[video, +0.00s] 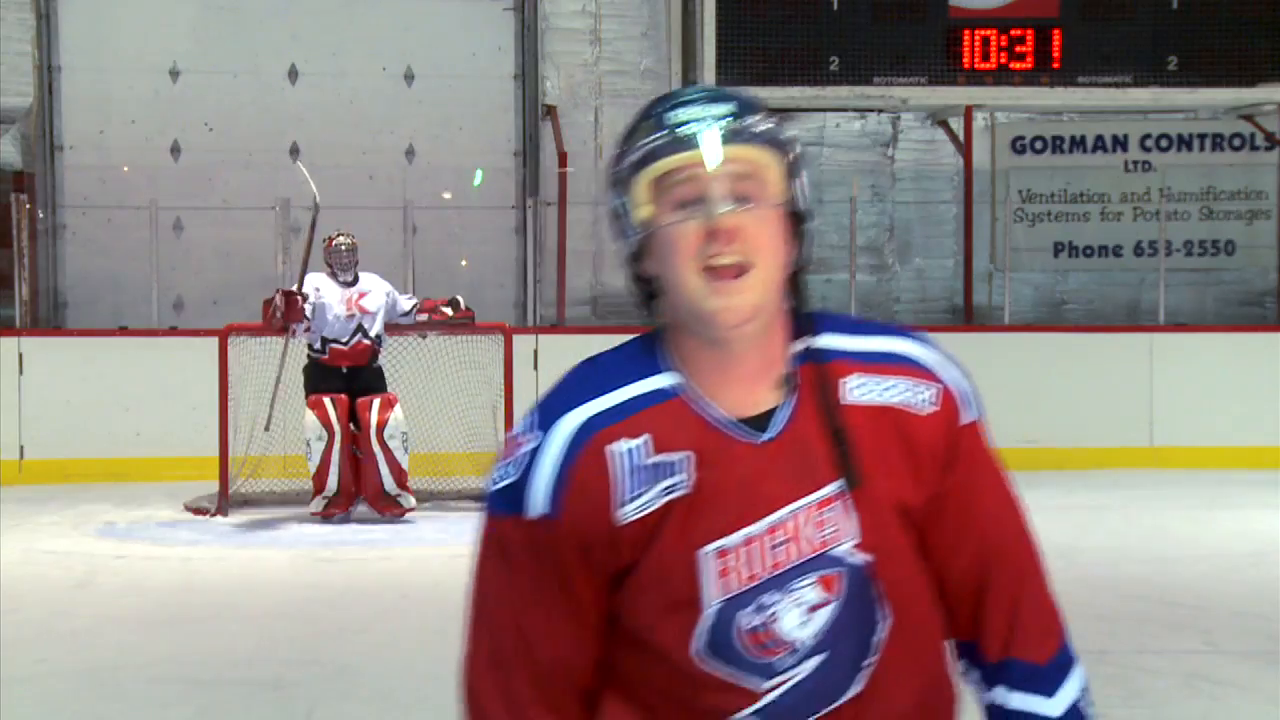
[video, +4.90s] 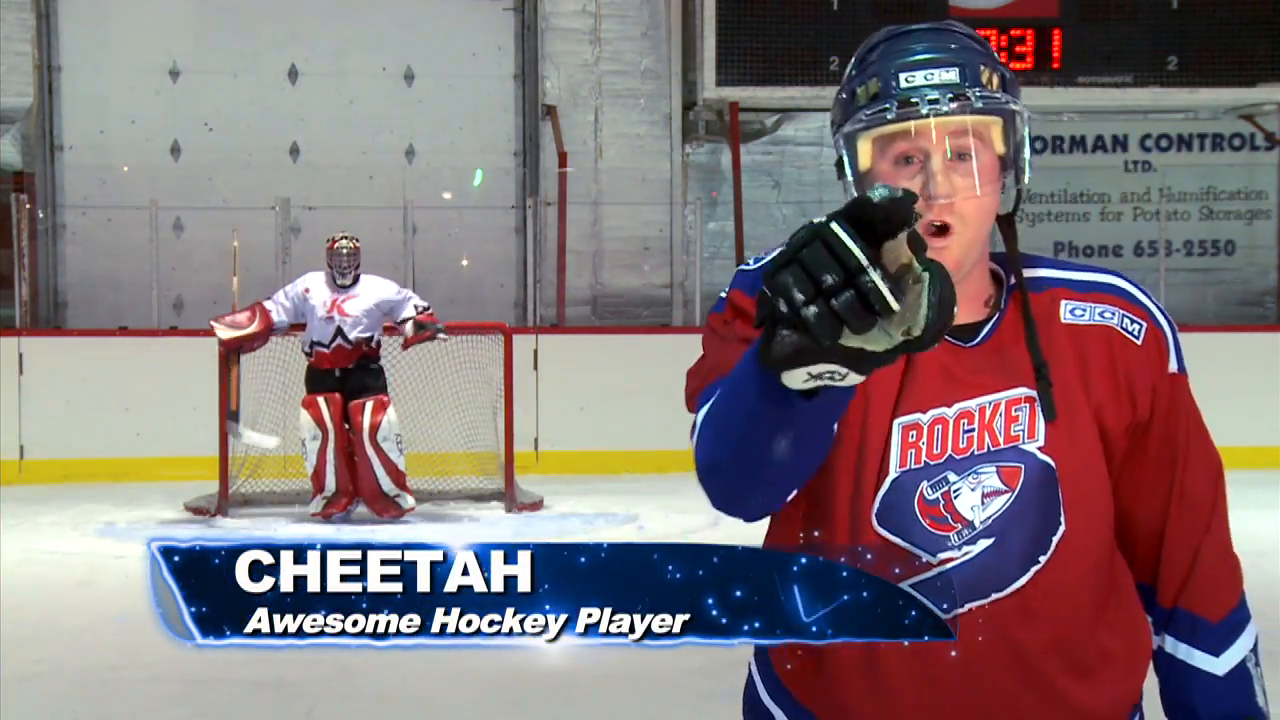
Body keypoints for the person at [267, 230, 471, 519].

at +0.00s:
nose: (344, 259)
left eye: (349, 253)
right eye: (338, 254)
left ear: (356, 254)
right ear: (328, 257)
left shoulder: (375, 284)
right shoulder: (315, 284)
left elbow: (404, 308)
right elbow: (301, 321)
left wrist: (442, 307)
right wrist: (291, 309)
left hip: (366, 372)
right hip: (325, 374)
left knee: (382, 429)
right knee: (330, 432)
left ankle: (388, 499)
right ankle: (332, 501)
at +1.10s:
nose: (349, 262)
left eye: (355, 256)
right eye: (343, 256)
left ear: (363, 259)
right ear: (334, 259)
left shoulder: (381, 287)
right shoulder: (314, 285)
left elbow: (419, 308)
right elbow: (280, 311)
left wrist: (452, 310)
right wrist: (247, 308)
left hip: (367, 372)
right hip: (324, 373)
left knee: (380, 430)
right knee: (328, 433)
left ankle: (385, 498)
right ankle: (334, 500)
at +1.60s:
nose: (339, 267)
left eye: (344, 261)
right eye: (333, 261)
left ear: (353, 261)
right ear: (323, 262)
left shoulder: (373, 286)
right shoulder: (306, 287)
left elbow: (403, 312)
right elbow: (276, 309)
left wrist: (426, 329)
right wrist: (242, 311)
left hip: (365, 373)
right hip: (323, 375)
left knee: (374, 433)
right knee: (326, 435)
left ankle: (387, 500)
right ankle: (334, 500)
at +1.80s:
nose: (335, 263)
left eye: (340, 257)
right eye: (329, 258)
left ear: (349, 259)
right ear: (319, 260)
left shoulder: (369, 286)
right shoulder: (303, 287)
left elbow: (400, 321)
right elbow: (271, 308)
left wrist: (397, 347)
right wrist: (234, 309)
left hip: (363, 371)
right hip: (322, 374)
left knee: (372, 431)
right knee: (327, 433)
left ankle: (390, 499)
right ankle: (334, 499)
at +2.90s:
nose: (338, 263)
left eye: (343, 257)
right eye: (332, 258)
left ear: (351, 259)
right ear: (322, 260)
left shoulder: (372, 289)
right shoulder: (307, 289)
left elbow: (392, 329)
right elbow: (281, 310)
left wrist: (362, 342)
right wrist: (248, 311)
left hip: (363, 374)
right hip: (322, 375)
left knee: (368, 432)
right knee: (322, 433)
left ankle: (391, 498)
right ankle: (332, 499)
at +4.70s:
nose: (343, 263)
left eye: (348, 257)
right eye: (337, 257)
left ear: (357, 259)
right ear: (328, 259)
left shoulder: (375, 290)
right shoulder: (310, 286)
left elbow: (406, 319)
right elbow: (278, 305)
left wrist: (397, 351)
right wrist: (240, 312)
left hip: (362, 373)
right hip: (321, 375)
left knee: (367, 431)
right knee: (325, 434)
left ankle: (390, 500)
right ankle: (333, 498)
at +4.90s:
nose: (344, 262)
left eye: (349, 257)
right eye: (338, 256)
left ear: (358, 259)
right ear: (328, 259)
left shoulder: (378, 289)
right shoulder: (310, 286)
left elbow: (412, 306)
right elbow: (274, 309)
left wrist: (422, 320)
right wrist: (241, 322)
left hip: (364, 373)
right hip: (322, 374)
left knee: (374, 433)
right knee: (324, 436)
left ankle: (390, 501)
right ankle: (332, 500)